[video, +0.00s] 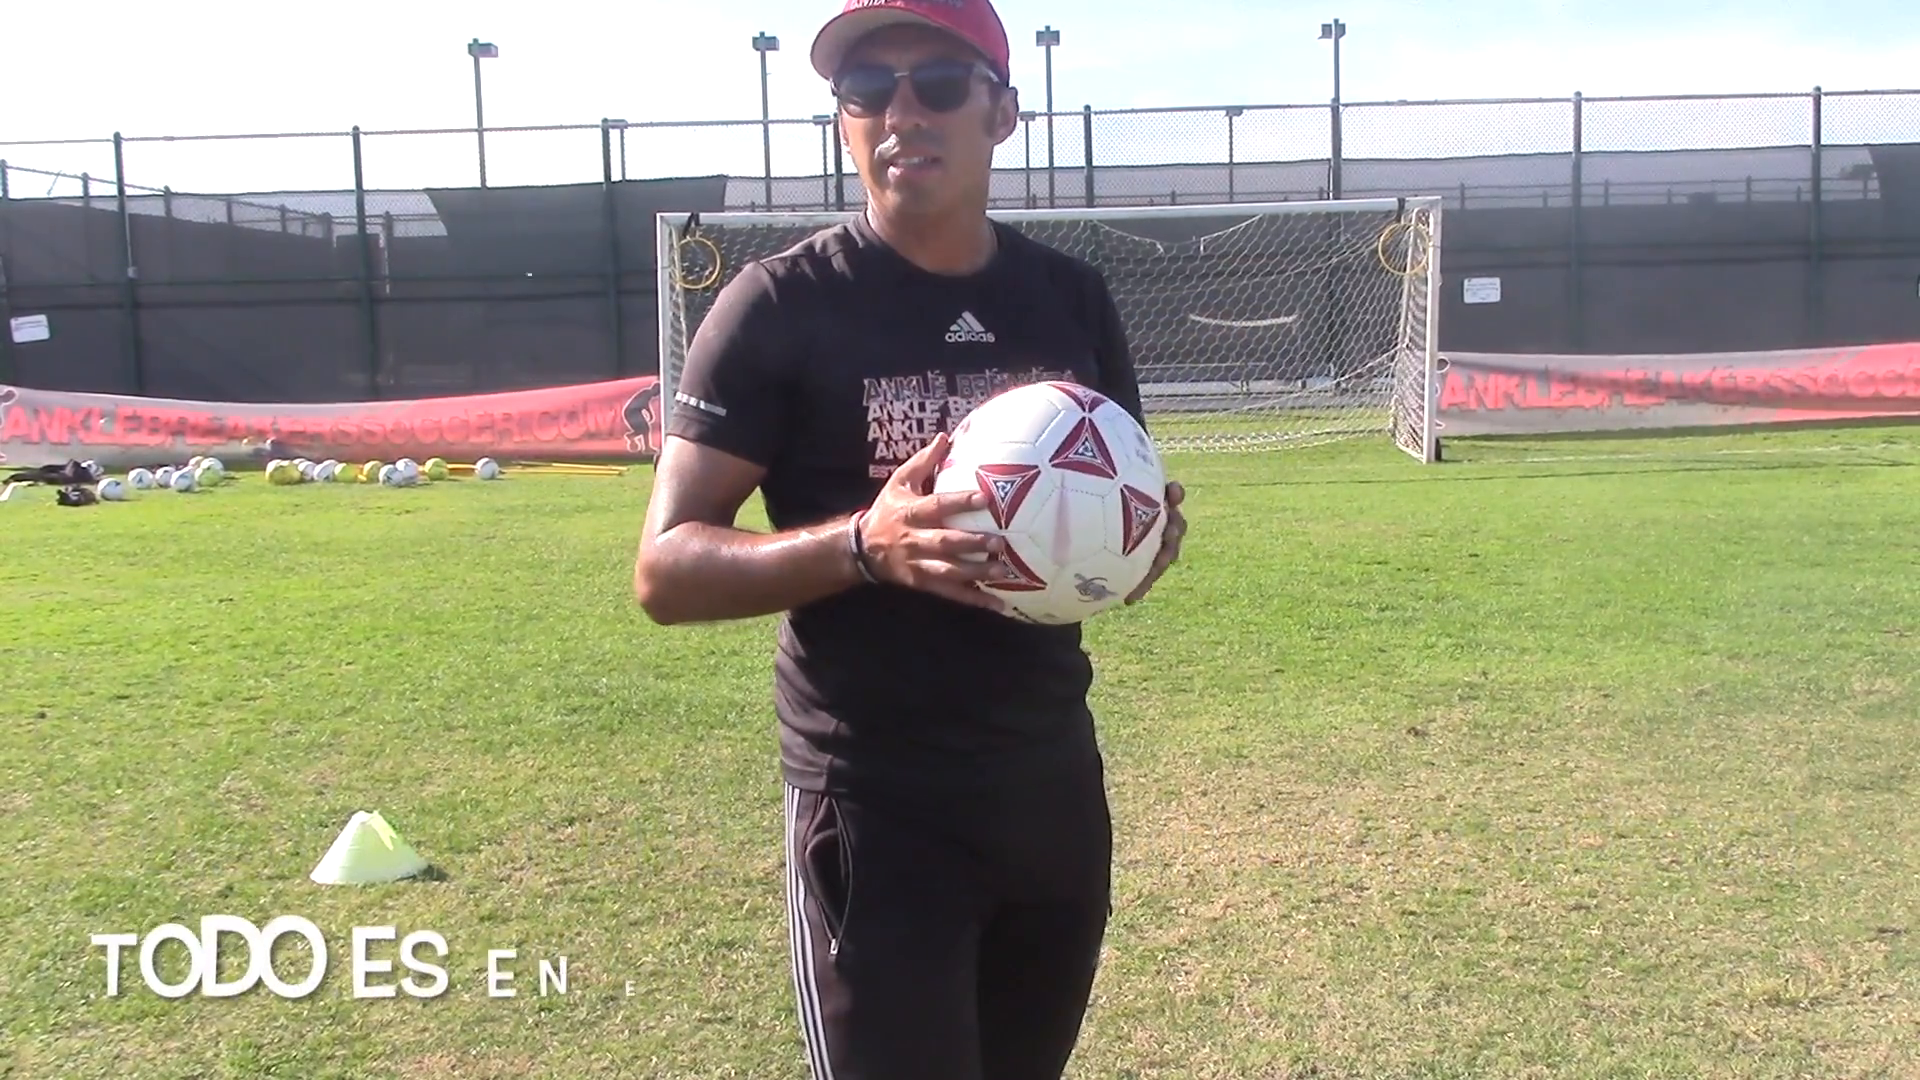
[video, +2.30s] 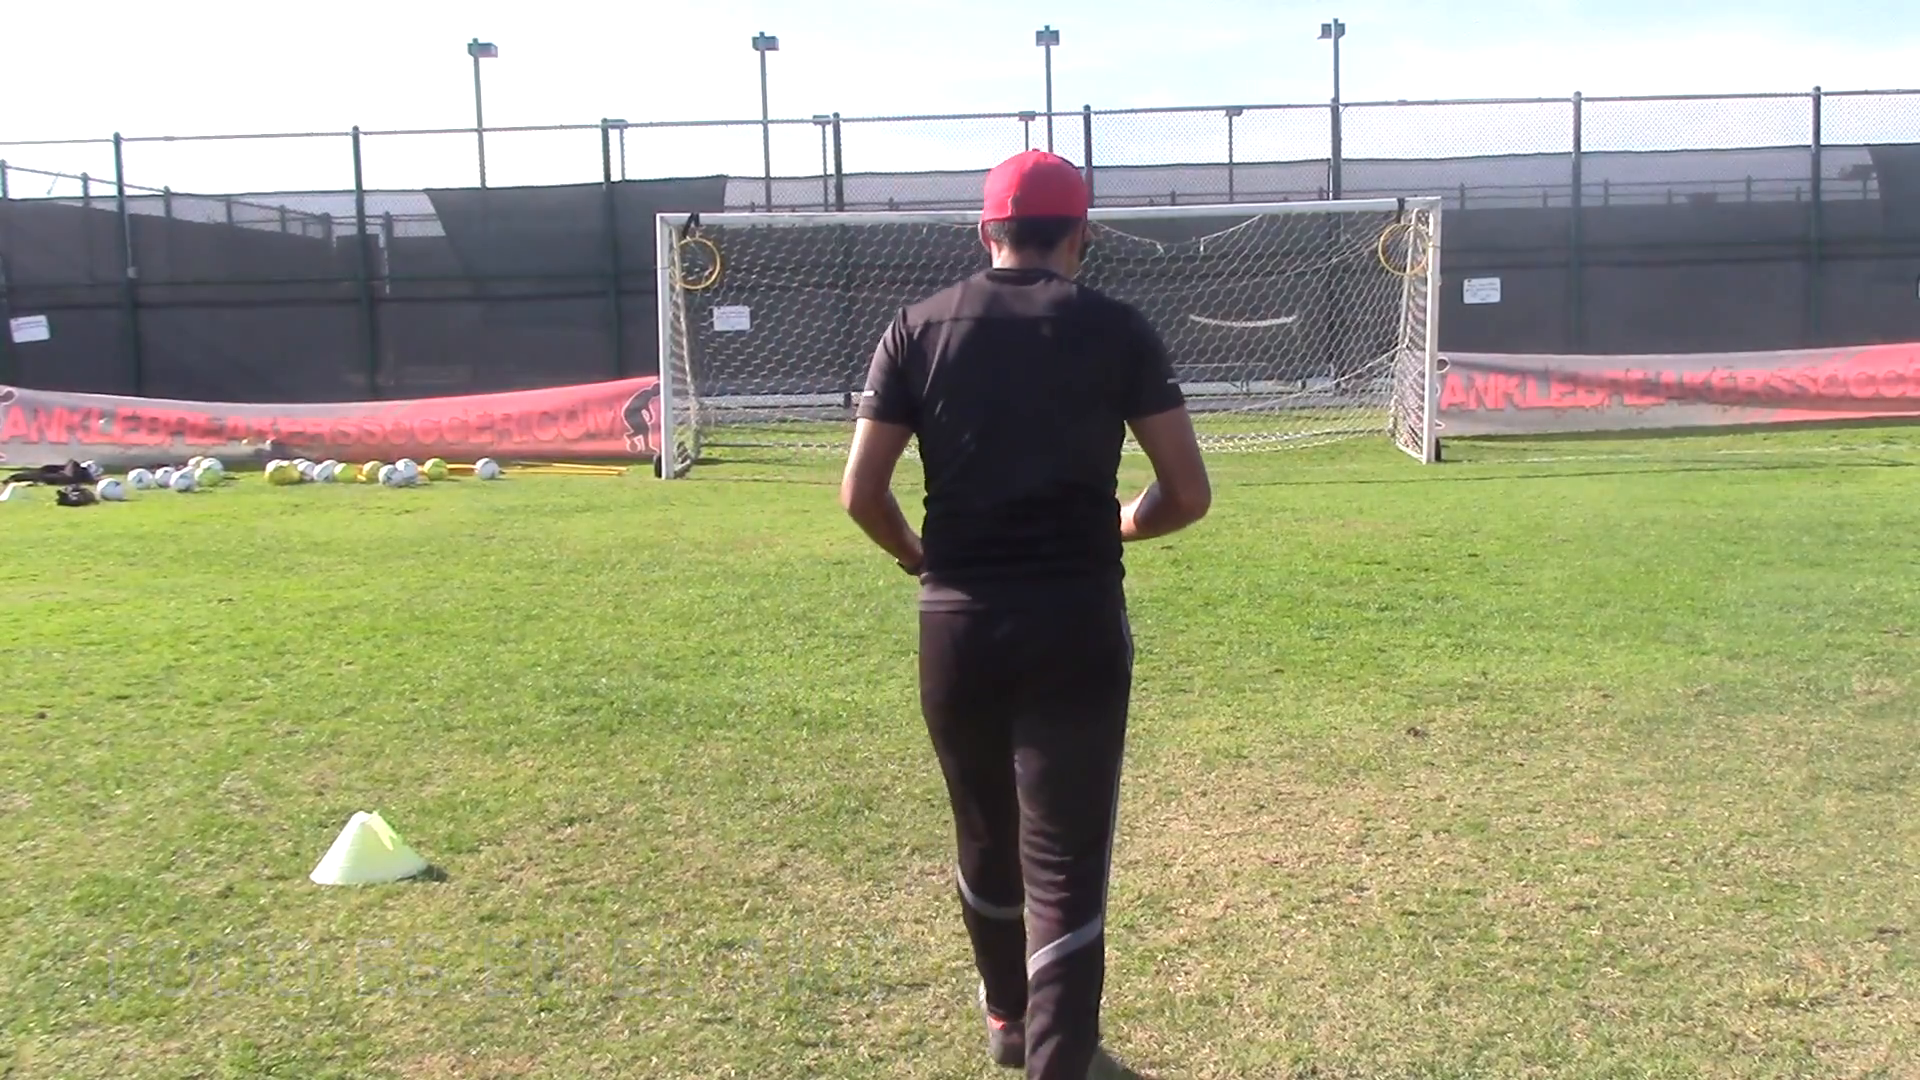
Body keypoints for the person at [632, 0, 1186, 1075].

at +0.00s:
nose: (904, 116)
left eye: (940, 86)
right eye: (871, 92)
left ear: (1001, 117)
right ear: (841, 124)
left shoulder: (1070, 295)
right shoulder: (771, 309)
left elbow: (1120, 501)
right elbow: (667, 572)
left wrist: (1146, 525)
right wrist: (858, 547)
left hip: (1050, 775)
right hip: (870, 789)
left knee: (1024, 1062)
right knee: (894, 1061)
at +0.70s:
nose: (1026, 140)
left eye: (1039, 100)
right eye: (984, 104)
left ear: (1054, 105)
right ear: (878, 120)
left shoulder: (984, 277)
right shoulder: (788, 318)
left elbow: (974, 493)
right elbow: (682, 641)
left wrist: (1098, 570)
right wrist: (986, 639)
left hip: (955, 789)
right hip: (818, 822)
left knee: (973, 1062)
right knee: (885, 1070)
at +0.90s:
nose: (1066, 116)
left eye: (1056, 87)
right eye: (1037, 87)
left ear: (942, 109)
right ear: (931, 104)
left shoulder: (914, 280)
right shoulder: (859, 287)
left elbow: (924, 537)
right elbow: (801, 619)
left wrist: (1077, 573)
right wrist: (1065, 589)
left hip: (891, 784)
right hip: (828, 797)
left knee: (951, 1053)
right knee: (885, 1066)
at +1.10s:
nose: (1029, 147)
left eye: (1024, 119)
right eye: (1014, 118)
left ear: (916, 136)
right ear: (955, 132)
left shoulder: (812, 284)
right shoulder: (913, 293)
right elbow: (928, 583)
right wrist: (1097, 556)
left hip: (808, 759)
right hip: (843, 783)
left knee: (938, 1042)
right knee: (867, 1059)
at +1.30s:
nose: (999, 160)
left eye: (995, 139)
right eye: (990, 140)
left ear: (862, 167)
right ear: (964, 154)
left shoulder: (788, 296)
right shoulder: (954, 294)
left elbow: (723, 537)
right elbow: (984, 559)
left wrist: (910, 556)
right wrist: (1079, 554)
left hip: (765, 717)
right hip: (885, 745)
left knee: (881, 1055)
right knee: (999, 1059)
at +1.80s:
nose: (1063, 221)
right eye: (1063, 208)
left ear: (943, 213)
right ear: (1055, 217)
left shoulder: (853, 320)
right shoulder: (1090, 341)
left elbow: (779, 512)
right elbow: (1151, 550)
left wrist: (881, 559)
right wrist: (1095, 570)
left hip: (882, 681)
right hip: (1029, 688)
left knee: (900, 983)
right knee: (1038, 950)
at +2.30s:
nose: (1081, 245)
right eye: (1082, 232)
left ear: (985, 232)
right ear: (1080, 234)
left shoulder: (919, 327)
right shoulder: (1115, 329)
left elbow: (862, 492)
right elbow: (1186, 493)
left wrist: (919, 554)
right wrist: (1122, 523)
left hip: (957, 618)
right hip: (1078, 619)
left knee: (985, 831)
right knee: (1066, 856)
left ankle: (1007, 1021)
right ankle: (1063, 1057)